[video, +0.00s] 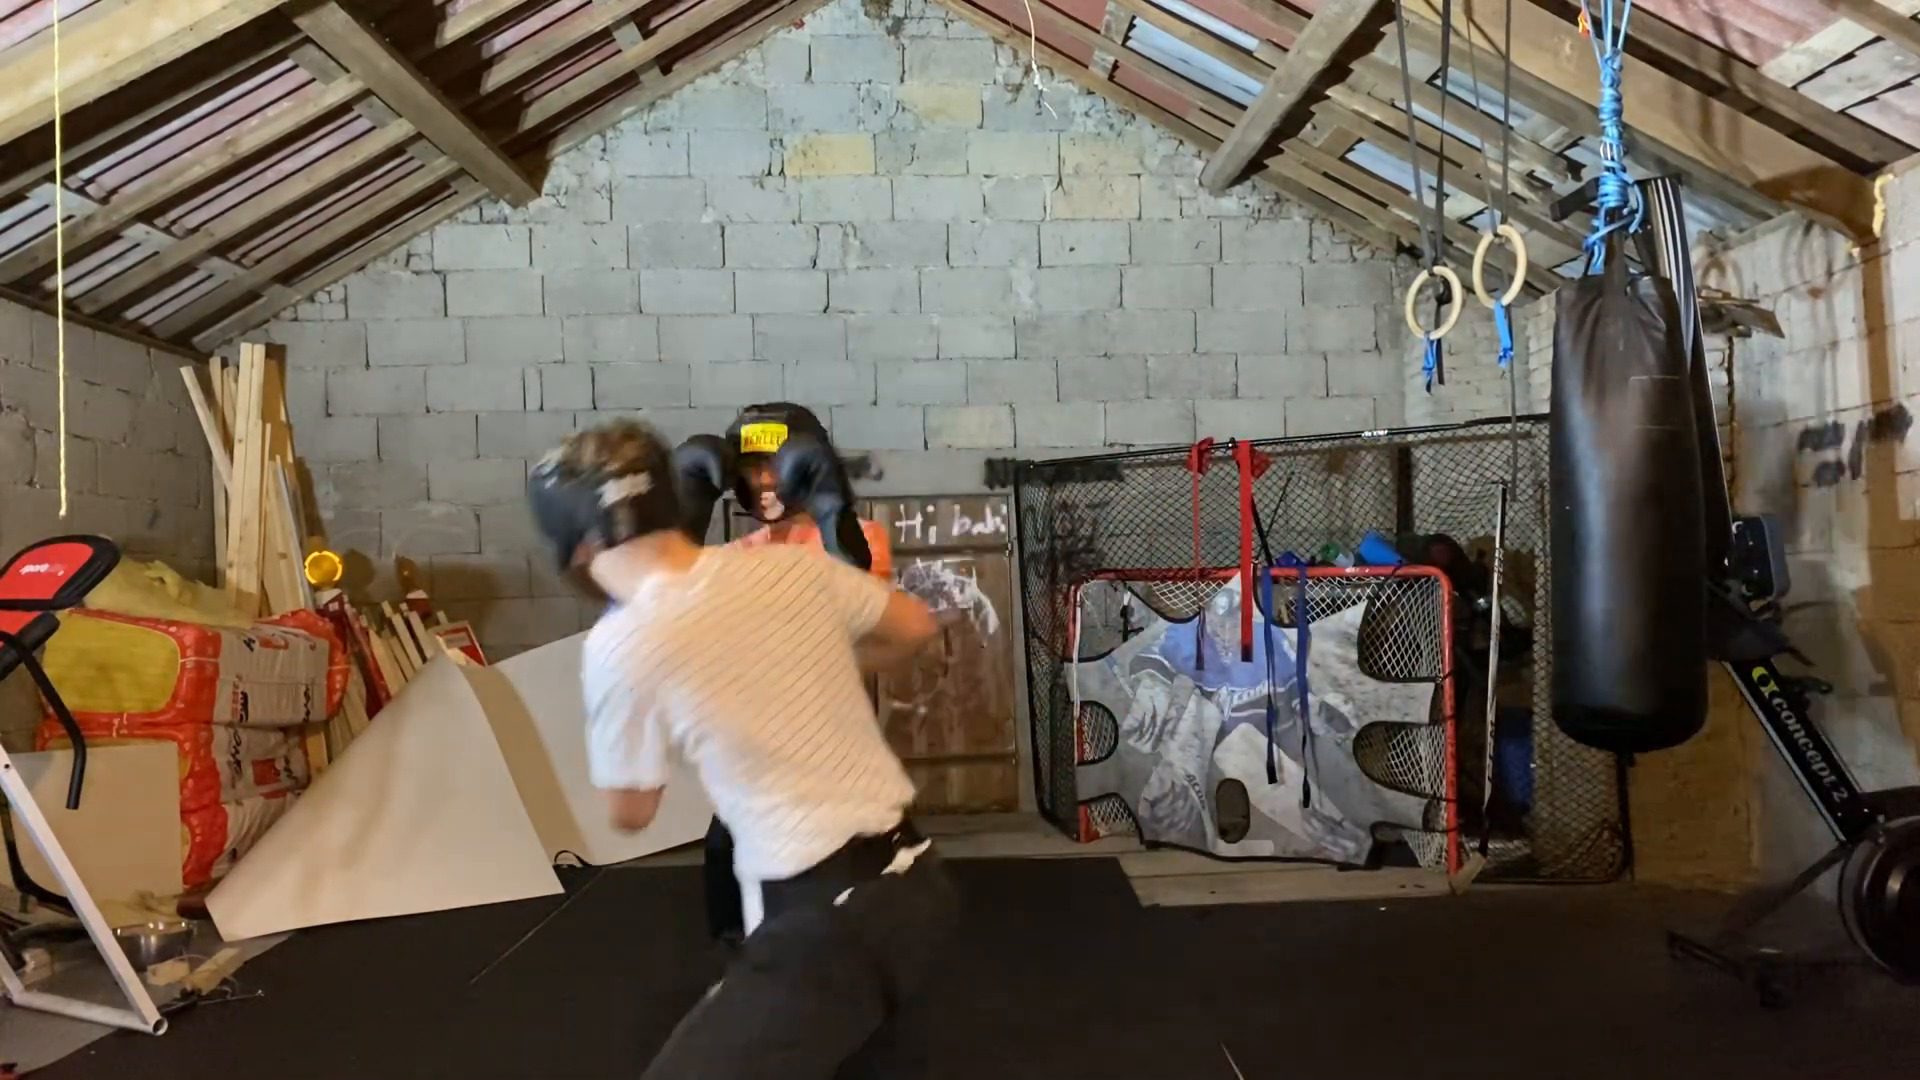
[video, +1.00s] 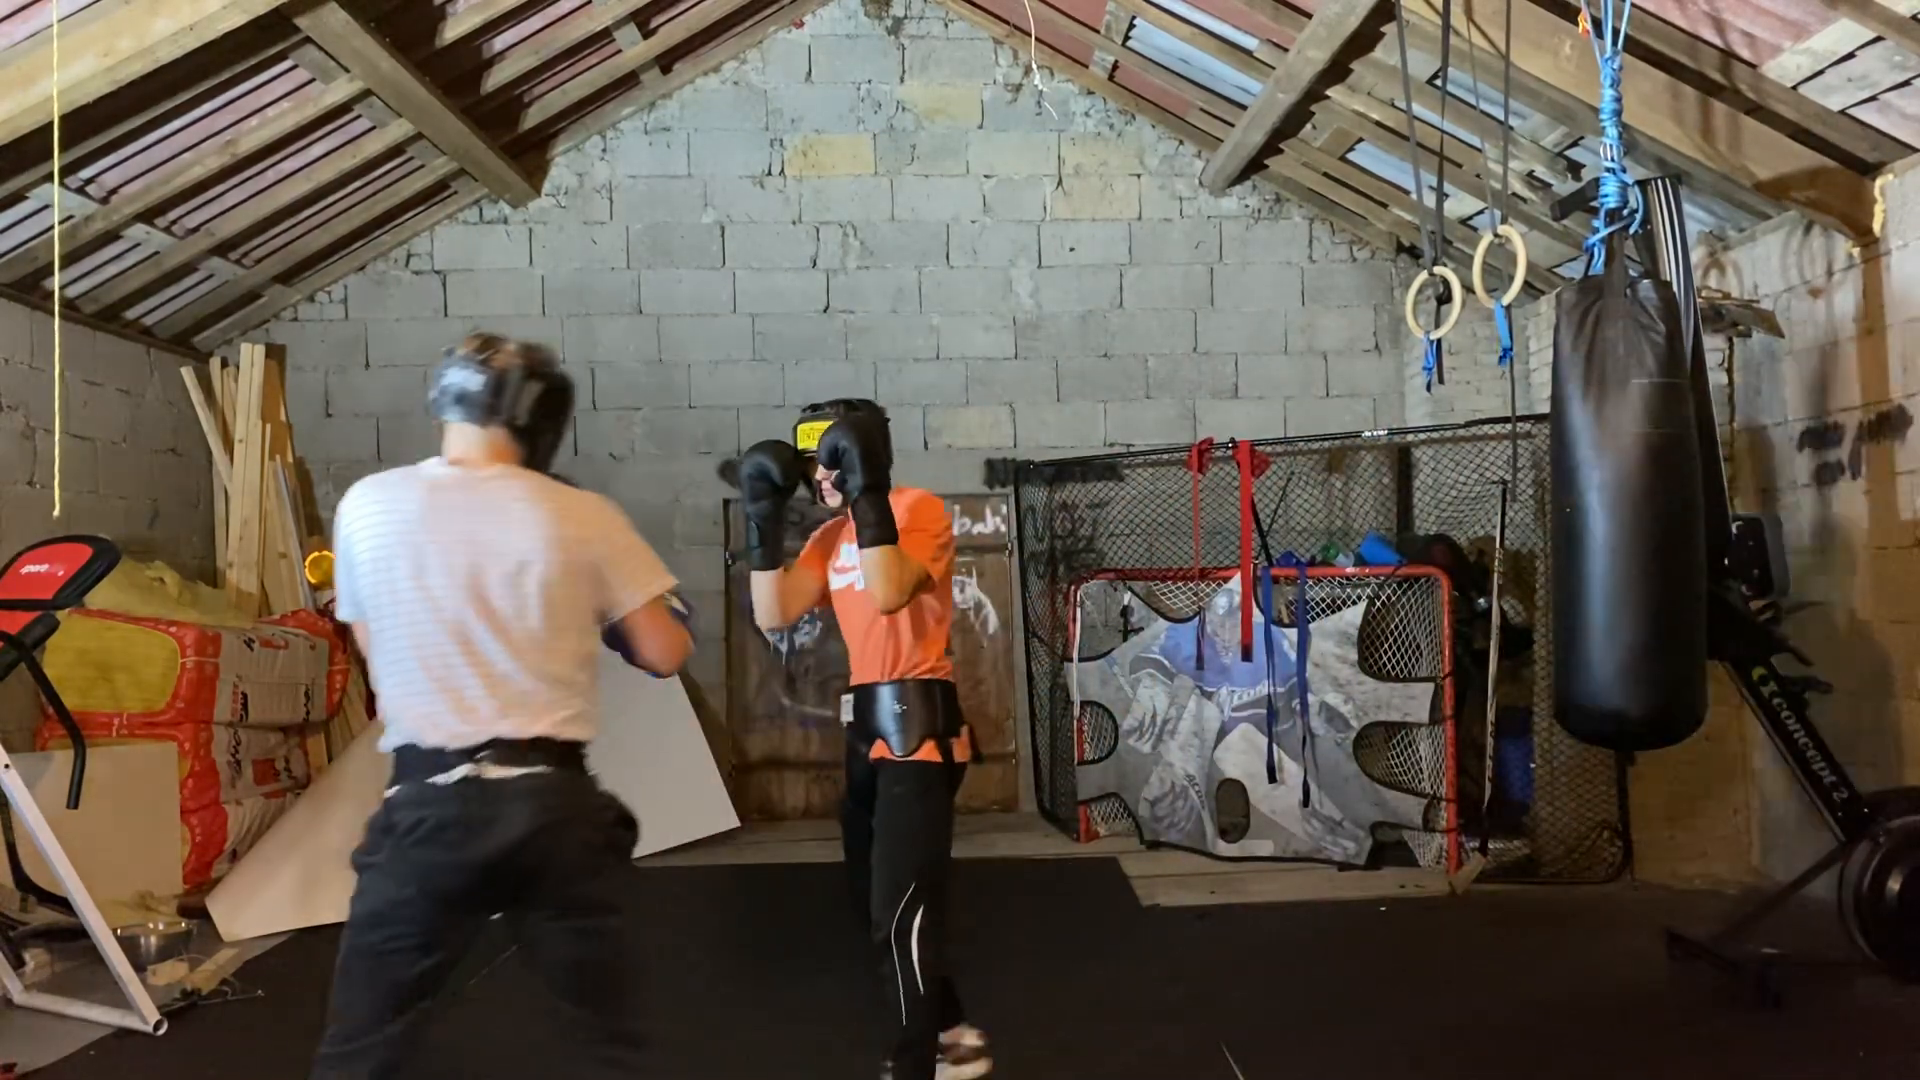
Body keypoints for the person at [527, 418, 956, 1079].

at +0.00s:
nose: (561, 556)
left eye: (558, 541)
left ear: (579, 549)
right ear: (671, 502)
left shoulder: (622, 645)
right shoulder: (789, 565)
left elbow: (630, 811)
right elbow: (915, 624)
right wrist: (826, 662)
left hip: (817, 925)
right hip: (922, 881)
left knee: (679, 1069)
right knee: (887, 1069)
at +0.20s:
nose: (496, 551)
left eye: (495, 535)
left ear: (508, 543)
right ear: (615, 509)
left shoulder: (531, 650)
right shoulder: (732, 586)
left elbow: (540, 830)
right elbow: (864, 678)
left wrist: (587, 757)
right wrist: (775, 692)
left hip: (729, 954)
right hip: (845, 913)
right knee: (817, 1067)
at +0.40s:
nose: (491, 444)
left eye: (491, 425)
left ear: (498, 436)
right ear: (616, 422)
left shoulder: (475, 543)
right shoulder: (709, 523)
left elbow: (467, 718)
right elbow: (817, 659)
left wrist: (537, 641)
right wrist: (729, 632)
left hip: (626, 876)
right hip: (756, 854)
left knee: (597, 1065)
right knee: (754, 1068)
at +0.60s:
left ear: (540, 433)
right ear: (645, 447)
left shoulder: (465, 526)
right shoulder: (703, 550)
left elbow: (461, 685)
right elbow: (765, 714)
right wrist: (696, 662)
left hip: (550, 864)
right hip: (686, 852)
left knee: (548, 1065)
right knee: (680, 1062)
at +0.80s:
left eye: (537, 388)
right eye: (635, 406)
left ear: (531, 395)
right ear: (629, 416)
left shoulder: (445, 485)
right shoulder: (670, 522)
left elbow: (438, 637)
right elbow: (724, 672)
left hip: (499, 814)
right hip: (630, 811)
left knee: (427, 1060)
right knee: (644, 1051)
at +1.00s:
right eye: (549, 420)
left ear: (446, 409)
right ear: (544, 422)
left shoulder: (365, 506)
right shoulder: (581, 517)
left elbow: (365, 638)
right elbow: (663, 652)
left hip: (425, 825)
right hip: (556, 816)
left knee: (355, 1056)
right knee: (615, 1048)